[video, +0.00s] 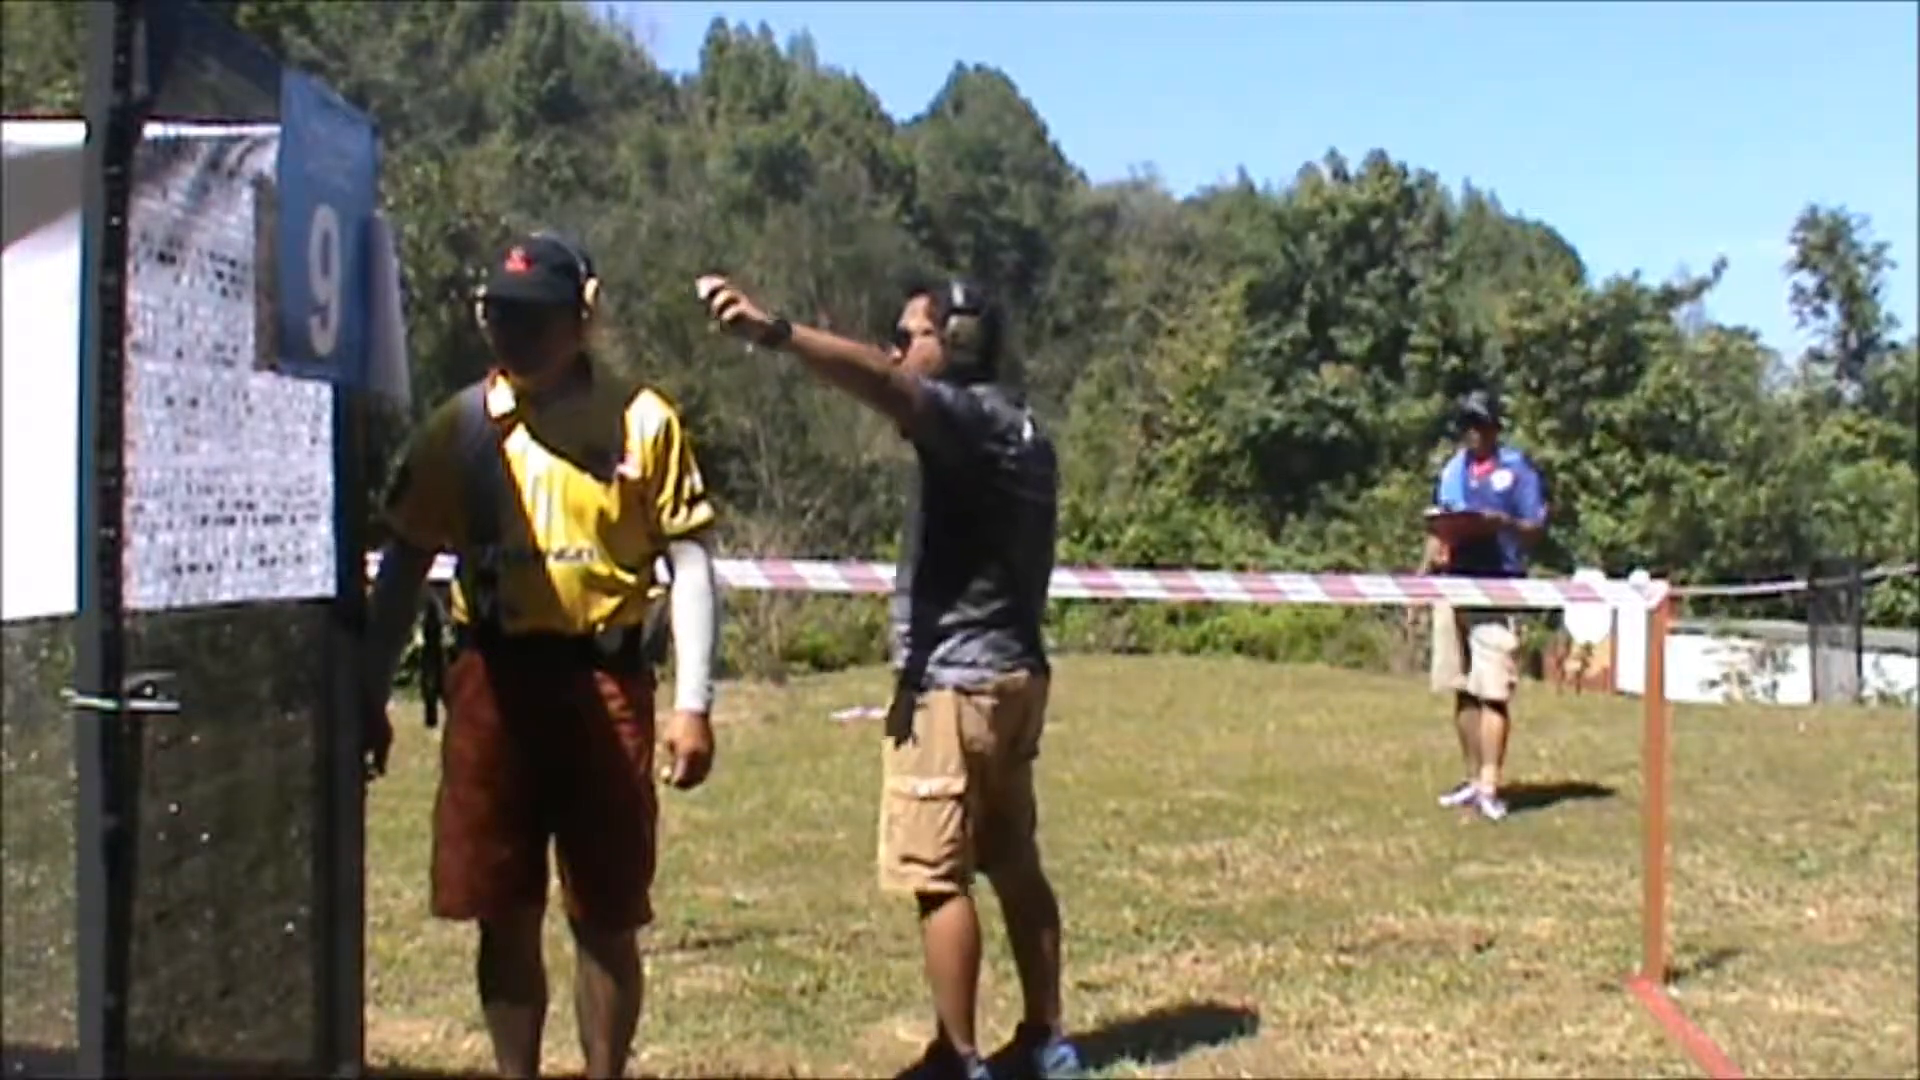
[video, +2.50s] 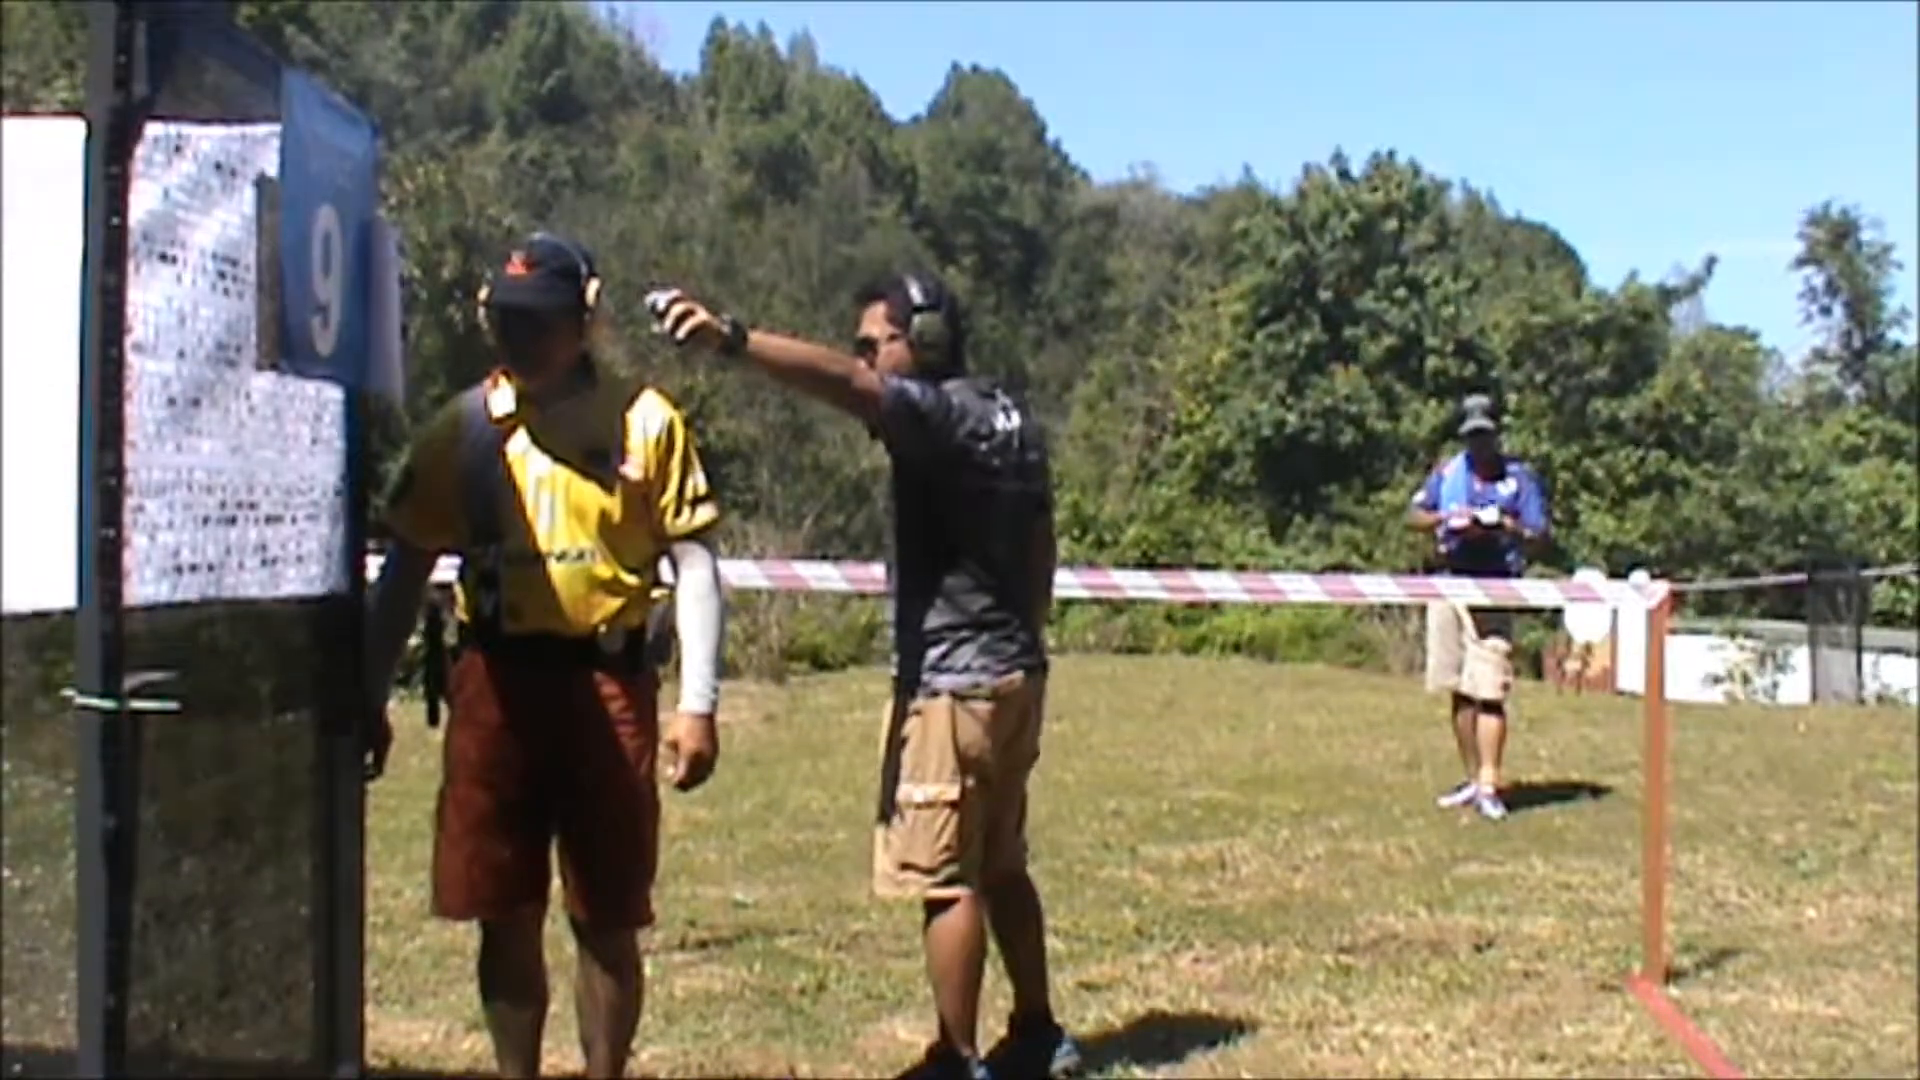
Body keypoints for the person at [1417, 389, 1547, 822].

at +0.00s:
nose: (1474, 434)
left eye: (1481, 426)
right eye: (1468, 426)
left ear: (1496, 428)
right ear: (1461, 429)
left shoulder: (1519, 470)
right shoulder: (1452, 471)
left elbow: (1535, 529)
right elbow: (1439, 524)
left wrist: (1498, 521)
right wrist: (1445, 529)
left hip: (1499, 587)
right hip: (1454, 586)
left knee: (1494, 689)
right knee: (1463, 688)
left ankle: (1490, 784)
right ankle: (1472, 775)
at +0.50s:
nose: (1475, 442)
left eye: (1482, 434)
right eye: (1468, 435)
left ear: (1494, 434)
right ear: (1458, 437)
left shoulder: (1517, 474)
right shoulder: (1446, 473)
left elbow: (1537, 534)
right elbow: (1423, 525)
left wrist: (1504, 522)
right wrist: (1452, 525)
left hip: (1497, 588)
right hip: (1451, 587)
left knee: (1491, 691)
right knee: (1460, 690)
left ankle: (1490, 783)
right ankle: (1472, 776)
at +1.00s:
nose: (1481, 442)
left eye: (1487, 433)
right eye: (1473, 435)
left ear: (1498, 434)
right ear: (1461, 436)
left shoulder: (1518, 477)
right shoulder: (1447, 473)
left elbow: (1536, 535)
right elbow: (1415, 519)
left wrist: (1506, 525)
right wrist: (1445, 526)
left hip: (1495, 589)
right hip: (1450, 588)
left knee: (1491, 690)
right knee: (1459, 689)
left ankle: (1489, 782)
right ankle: (1472, 775)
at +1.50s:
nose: (1482, 443)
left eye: (1488, 435)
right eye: (1474, 436)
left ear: (1501, 436)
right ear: (1463, 437)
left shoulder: (1520, 479)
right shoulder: (1447, 474)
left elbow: (1537, 535)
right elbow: (1415, 512)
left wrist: (1506, 526)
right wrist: (1444, 522)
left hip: (1494, 589)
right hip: (1450, 588)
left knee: (1490, 690)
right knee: (1459, 689)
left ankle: (1489, 783)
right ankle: (1471, 776)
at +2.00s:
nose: (1481, 443)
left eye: (1487, 435)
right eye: (1474, 436)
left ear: (1499, 436)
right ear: (1464, 437)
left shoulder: (1519, 477)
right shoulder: (1450, 472)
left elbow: (1539, 538)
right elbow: (1417, 514)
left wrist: (1508, 526)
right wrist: (1448, 520)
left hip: (1495, 589)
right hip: (1450, 588)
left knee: (1490, 691)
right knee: (1459, 690)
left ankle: (1489, 782)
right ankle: (1471, 776)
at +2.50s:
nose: (1479, 444)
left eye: (1486, 435)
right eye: (1472, 436)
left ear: (1498, 436)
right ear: (1463, 439)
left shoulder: (1520, 479)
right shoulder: (1448, 472)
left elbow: (1540, 538)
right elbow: (1415, 515)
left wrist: (1508, 526)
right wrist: (1447, 520)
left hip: (1495, 589)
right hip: (1450, 588)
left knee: (1490, 690)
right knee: (1459, 689)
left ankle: (1489, 783)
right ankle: (1471, 776)